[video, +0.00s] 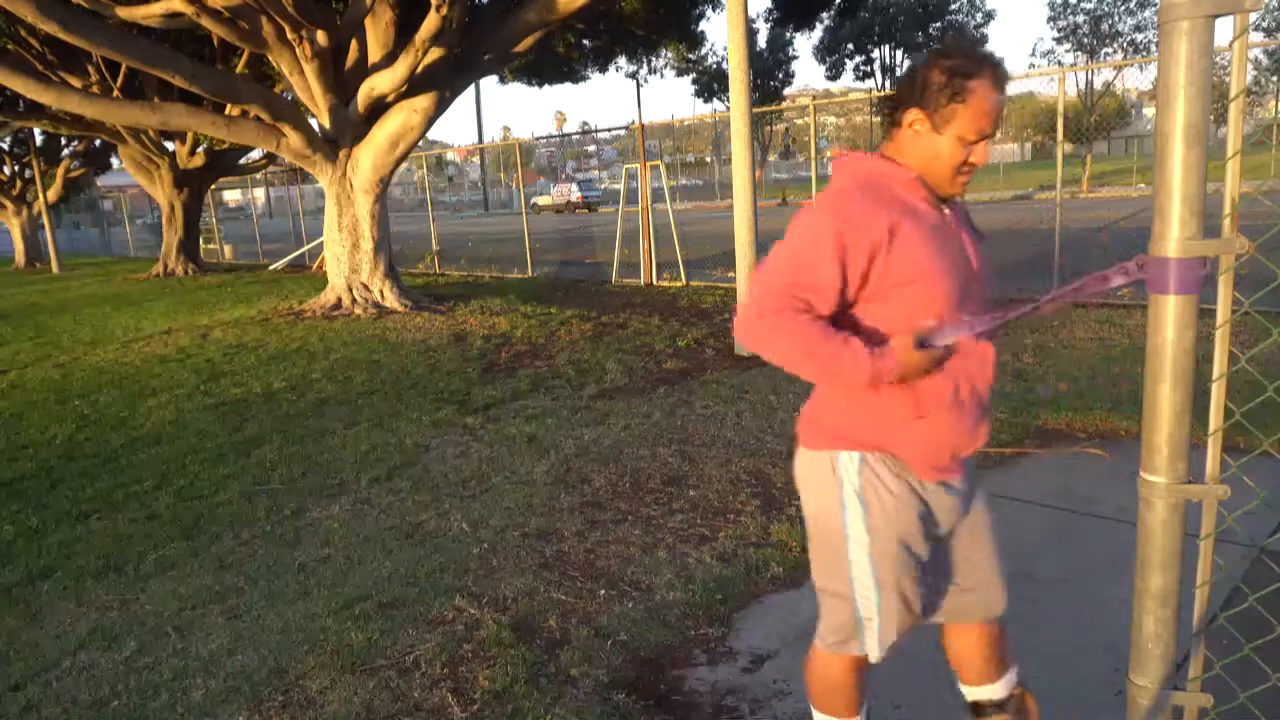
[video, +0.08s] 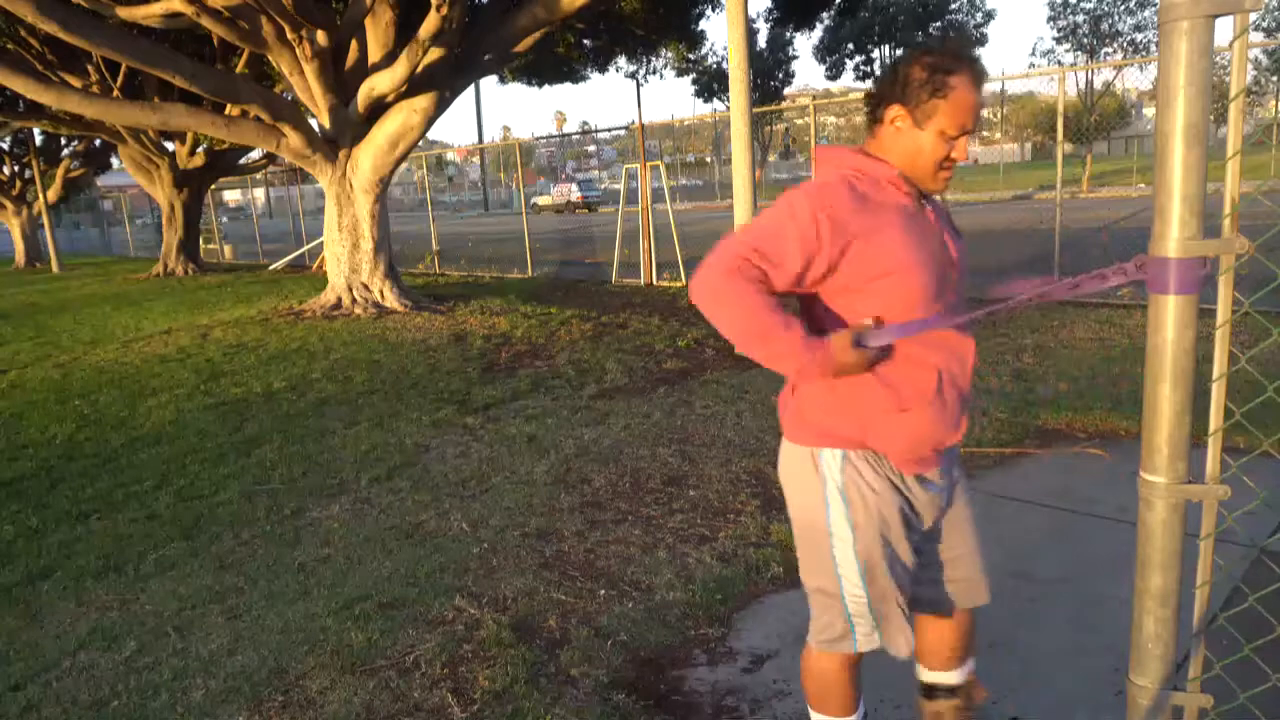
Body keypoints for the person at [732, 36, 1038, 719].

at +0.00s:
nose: (980, 157)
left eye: (986, 142)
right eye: (971, 140)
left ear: (927, 122)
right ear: (915, 123)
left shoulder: (940, 208)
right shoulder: (853, 205)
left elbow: (937, 312)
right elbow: (761, 318)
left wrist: (1005, 315)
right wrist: (878, 365)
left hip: (940, 453)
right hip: (859, 457)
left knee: (975, 605)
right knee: (849, 627)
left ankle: (998, 709)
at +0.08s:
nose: (962, 154)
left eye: (968, 138)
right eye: (953, 137)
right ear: (896, 121)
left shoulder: (924, 210)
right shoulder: (830, 203)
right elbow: (718, 281)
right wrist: (813, 355)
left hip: (926, 451)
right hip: (840, 459)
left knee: (949, 600)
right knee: (842, 626)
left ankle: (949, 708)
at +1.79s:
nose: (708, 168)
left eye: (713, 153)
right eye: (696, 155)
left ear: (717, 146)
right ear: (651, 149)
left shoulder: (720, 205)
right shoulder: (620, 223)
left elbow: (774, 261)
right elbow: (688, 301)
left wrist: (841, 303)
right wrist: (797, 332)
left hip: (714, 410)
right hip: (652, 417)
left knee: (727, 539)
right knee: (696, 560)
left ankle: (665, 628)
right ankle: (720, 695)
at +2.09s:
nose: (718, 184)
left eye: (724, 170)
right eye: (706, 170)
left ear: (725, 162)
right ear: (661, 159)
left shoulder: (716, 219)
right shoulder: (630, 220)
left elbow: (773, 270)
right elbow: (674, 301)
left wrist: (833, 292)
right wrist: (783, 316)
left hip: (715, 414)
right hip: (651, 419)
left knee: (735, 553)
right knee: (715, 567)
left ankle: (732, 660)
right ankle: (722, 695)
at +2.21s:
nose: (714, 191)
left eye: (719, 178)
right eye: (703, 177)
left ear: (720, 169)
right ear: (661, 161)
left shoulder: (715, 223)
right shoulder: (620, 229)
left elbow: (769, 280)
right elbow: (657, 309)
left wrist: (826, 311)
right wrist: (764, 331)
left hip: (719, 414)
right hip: (654, 423)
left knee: (738, 549)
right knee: (716, 564)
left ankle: (737, 661)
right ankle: (724, 695)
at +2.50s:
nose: (705, 195)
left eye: (711, 180)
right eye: (694, 180)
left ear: (714, 171)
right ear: (652, 164)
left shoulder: (713, 224)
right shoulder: (610, 230)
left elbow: (766, 276)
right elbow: (646, 309)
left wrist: (833, 306)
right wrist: (758, 329)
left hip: (717, 419)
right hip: (650, 428)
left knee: (740, 544)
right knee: (705, 574)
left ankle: (689, 640)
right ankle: (731, 696)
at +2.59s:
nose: (703, 202)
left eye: (710, 188)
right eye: (692, 188)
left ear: (715, 176)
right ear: (650, 171)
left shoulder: (714, 226)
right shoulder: (609, 232)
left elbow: (766, 281)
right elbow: (638, 318)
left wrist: (829, 312)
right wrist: (753, 337)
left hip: (716, 422)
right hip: (647, 432)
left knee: (741, 535)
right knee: (706, 576)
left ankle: (646, 590)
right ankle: (733, 696)